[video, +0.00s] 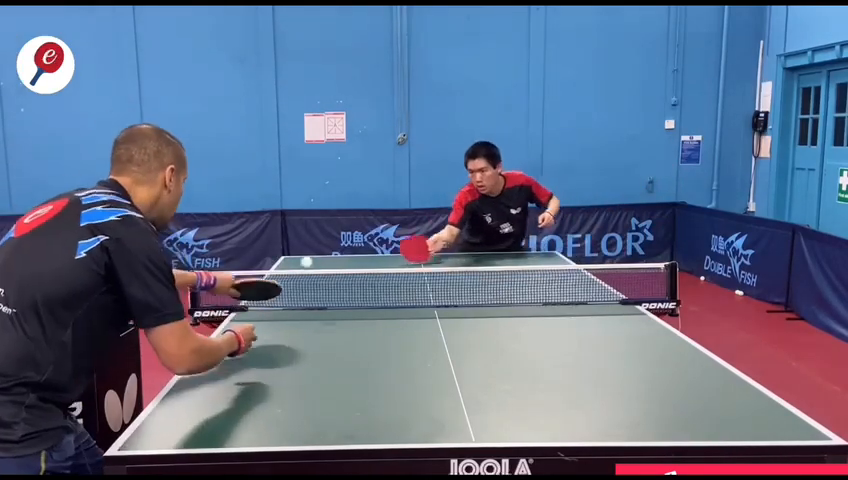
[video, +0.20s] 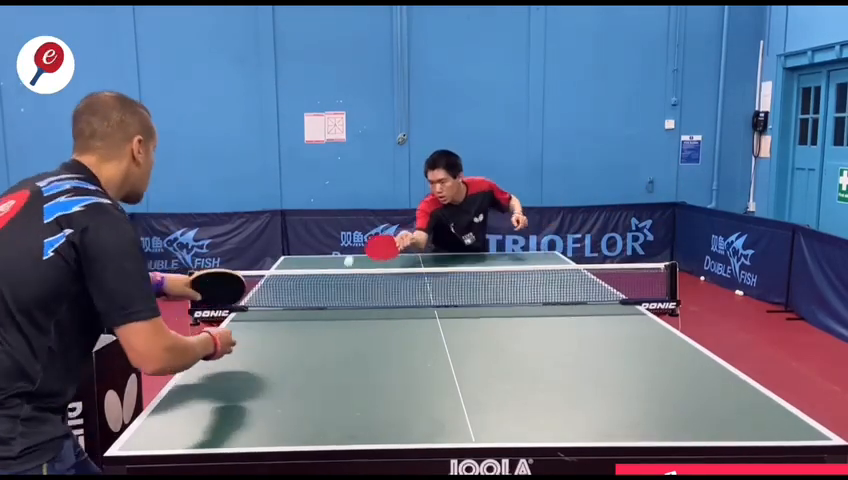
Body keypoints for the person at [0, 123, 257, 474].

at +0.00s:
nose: (180, 199)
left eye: (184, 188)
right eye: (183, 187)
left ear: (119, 168)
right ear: (168, 178)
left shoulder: (67, 206)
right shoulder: (130, 230)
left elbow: (124, 277)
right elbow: (183, 356)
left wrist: (206, 280)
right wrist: (230, 341)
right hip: (20, 422)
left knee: (92, 464)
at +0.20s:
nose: (152, 166)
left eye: (154, 154)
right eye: (154, 153)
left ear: (82, 145)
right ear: (136, 149)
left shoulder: (24, 193)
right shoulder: (100, 218)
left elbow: (70, 274)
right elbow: (152, 354)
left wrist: (164, 283)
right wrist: (206, 343)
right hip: (27, 445)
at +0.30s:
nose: (133, 154)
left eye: (135, 141)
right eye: (134, 141)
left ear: (60, 131)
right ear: (118, 137)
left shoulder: (8, 185)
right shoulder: (87, 213)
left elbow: (45, 290)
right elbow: (138, 355)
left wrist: (134, 291)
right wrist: (192, 346)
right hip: (21, 446)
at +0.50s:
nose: (123, 149)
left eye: (126, 135)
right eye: (124, 134)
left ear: (48, 125)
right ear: (106, 128)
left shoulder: (8, 174)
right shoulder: (77, 202)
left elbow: (30, 294)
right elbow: (112, 353)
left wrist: (116, 303)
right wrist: (168, 357)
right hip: (15, 442)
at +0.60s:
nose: (134, 163)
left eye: (137, 149)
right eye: (136, 148)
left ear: (60, 134)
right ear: (115, 139)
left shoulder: (12, 180)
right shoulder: (77, 205)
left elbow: (32, 299)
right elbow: (97, 357)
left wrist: (121, 320)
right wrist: (159, 367)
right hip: (12, 443)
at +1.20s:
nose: (128, 161)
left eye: (128, 146)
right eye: (124, 145)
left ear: (89, 141)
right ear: (90, 140)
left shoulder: (62, 209)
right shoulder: (9, 208)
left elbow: (126, 261)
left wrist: (223, 280)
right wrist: (46, 373)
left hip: (5, 405)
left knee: (40, 471)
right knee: (34, 466)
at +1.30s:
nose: (83, 135)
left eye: (82, 120)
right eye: (77, 118)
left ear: (43, 117)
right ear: (43, 117)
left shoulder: (19, 199)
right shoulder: (4, 203)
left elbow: (43, 274)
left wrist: (138, 285)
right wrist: (28, 373)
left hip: (3, 416)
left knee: (29, 469)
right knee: (25, 466)